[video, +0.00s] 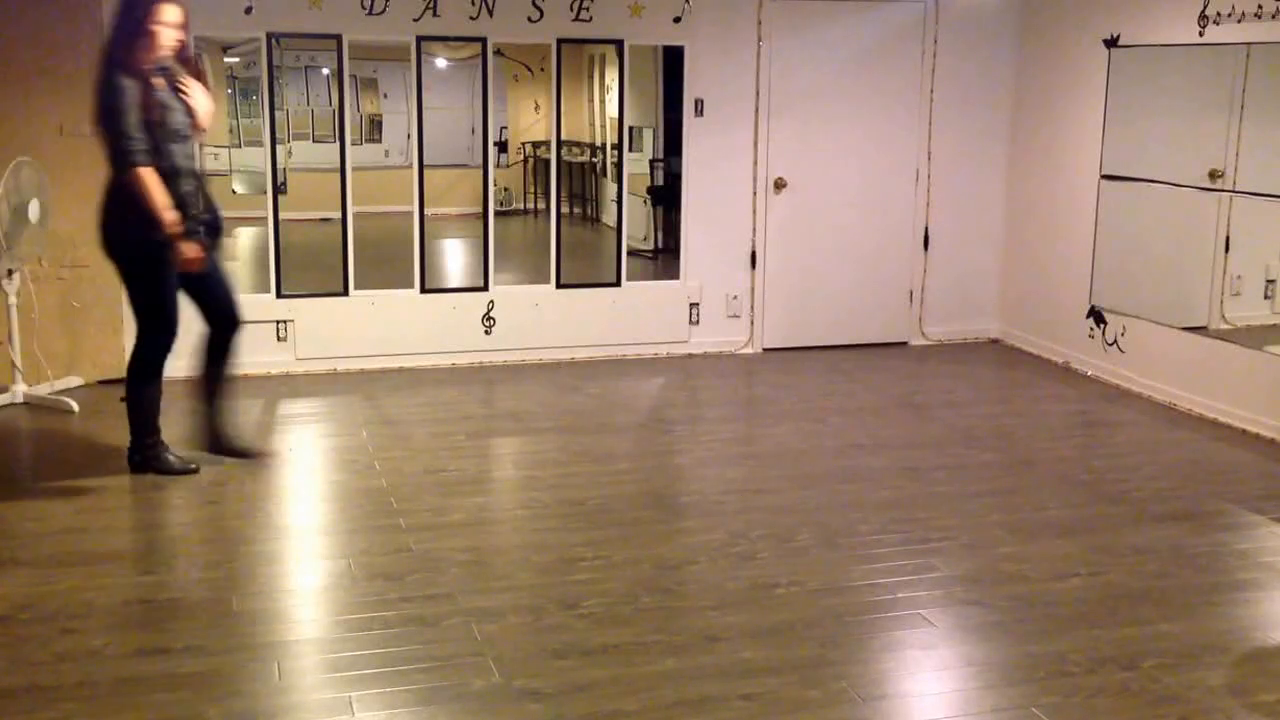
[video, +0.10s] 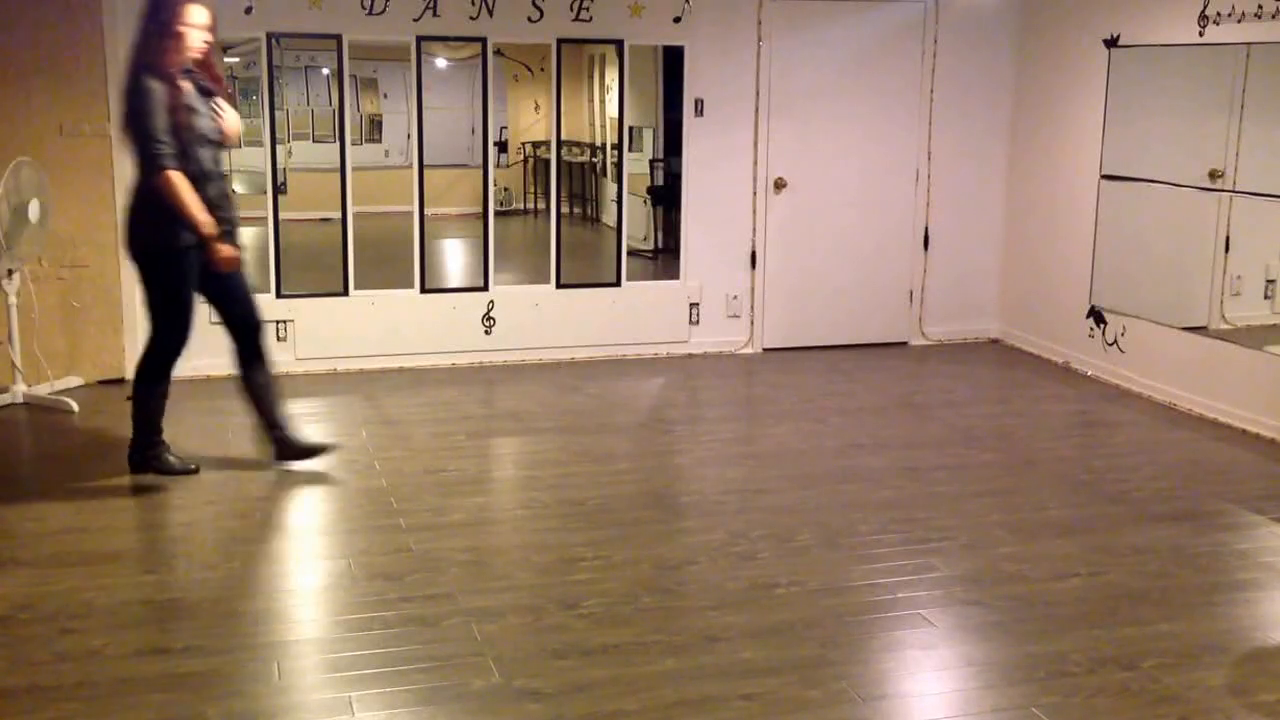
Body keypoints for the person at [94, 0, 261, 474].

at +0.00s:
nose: (174, 35)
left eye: (179, 26)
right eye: (164, 24)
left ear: (183, 33)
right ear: (140, 28)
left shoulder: (174, 77)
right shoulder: (124, 81)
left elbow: (202, 127)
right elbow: (136, 162)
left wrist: (205, 117)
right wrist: (177, 231)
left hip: (183, 219)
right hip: (140, 224)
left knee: (225, 319)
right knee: (158, 329)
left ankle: (213, 431)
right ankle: (145, 446)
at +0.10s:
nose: (207, 38)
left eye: (209, 30)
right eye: (199, 27)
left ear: (203, 36)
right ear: (170, 29)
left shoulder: (194, 85)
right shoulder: (151, 84)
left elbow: (230, 133)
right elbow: (163, 168)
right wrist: (212, 235)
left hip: (210, 227)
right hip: (166, 229)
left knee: (246, 324)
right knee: (169, 334)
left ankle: (280, 435)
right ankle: (146, 447)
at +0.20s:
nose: (245, 43)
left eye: (247, 34)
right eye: (235, 32)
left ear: (248, 39)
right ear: (209, 35)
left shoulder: (233, 91)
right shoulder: (194, 91)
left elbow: (235, 143)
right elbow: (205, 174)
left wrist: (263, 152)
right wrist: (255, 239)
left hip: (247, 229)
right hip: (206, 232)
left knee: (284, 328)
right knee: (204, 337)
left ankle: (311, 444)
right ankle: (152, 436)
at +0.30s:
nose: (273, 44)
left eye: (275, 34)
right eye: (264, 33)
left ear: (271, 37)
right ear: (233, 37)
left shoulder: (262, 89)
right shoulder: (220, 90)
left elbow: (260, 159)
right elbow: (227, 171)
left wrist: (292, 183)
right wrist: (276, 239)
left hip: (276, 224)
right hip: (236, 231)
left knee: (307, 329)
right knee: (249, 343)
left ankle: (316, 446)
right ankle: (172, 424)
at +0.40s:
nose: (297, 44)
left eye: (298, 33)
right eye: (285, 33)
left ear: (291, 36)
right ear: (255, 35)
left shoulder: (281, 88)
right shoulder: (241, 87)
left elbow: (291, 161)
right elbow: (247, 169)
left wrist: (327, 192)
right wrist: (297, 234)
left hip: (301, 227)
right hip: (264, 232)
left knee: (318, 337)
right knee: (304, 338)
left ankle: (317, 448)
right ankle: (217, 413)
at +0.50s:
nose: (303, 42)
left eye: (311, 32)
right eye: (293, 31)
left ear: (325, 37)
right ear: (277, 37)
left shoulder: (331, 88)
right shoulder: (269, 87)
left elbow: (337, 163)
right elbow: (274, 168)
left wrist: (371, 201)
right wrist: (331, 223)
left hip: (330, 227)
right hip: (297, 229)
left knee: (331, 335)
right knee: (349, 330)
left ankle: (318, 455)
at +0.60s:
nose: (325, 43)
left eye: (334, 32)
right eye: (316, 33)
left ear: (347, 41)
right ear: (306, 37)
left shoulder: (355, 93)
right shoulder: (295, 93)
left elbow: (361, 165)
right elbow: (295, 173)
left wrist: (389, 199)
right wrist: (353, 218)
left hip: (352, 232)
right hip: (318, 234)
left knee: (337, 340)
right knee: (380, 333)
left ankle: (317, 449)